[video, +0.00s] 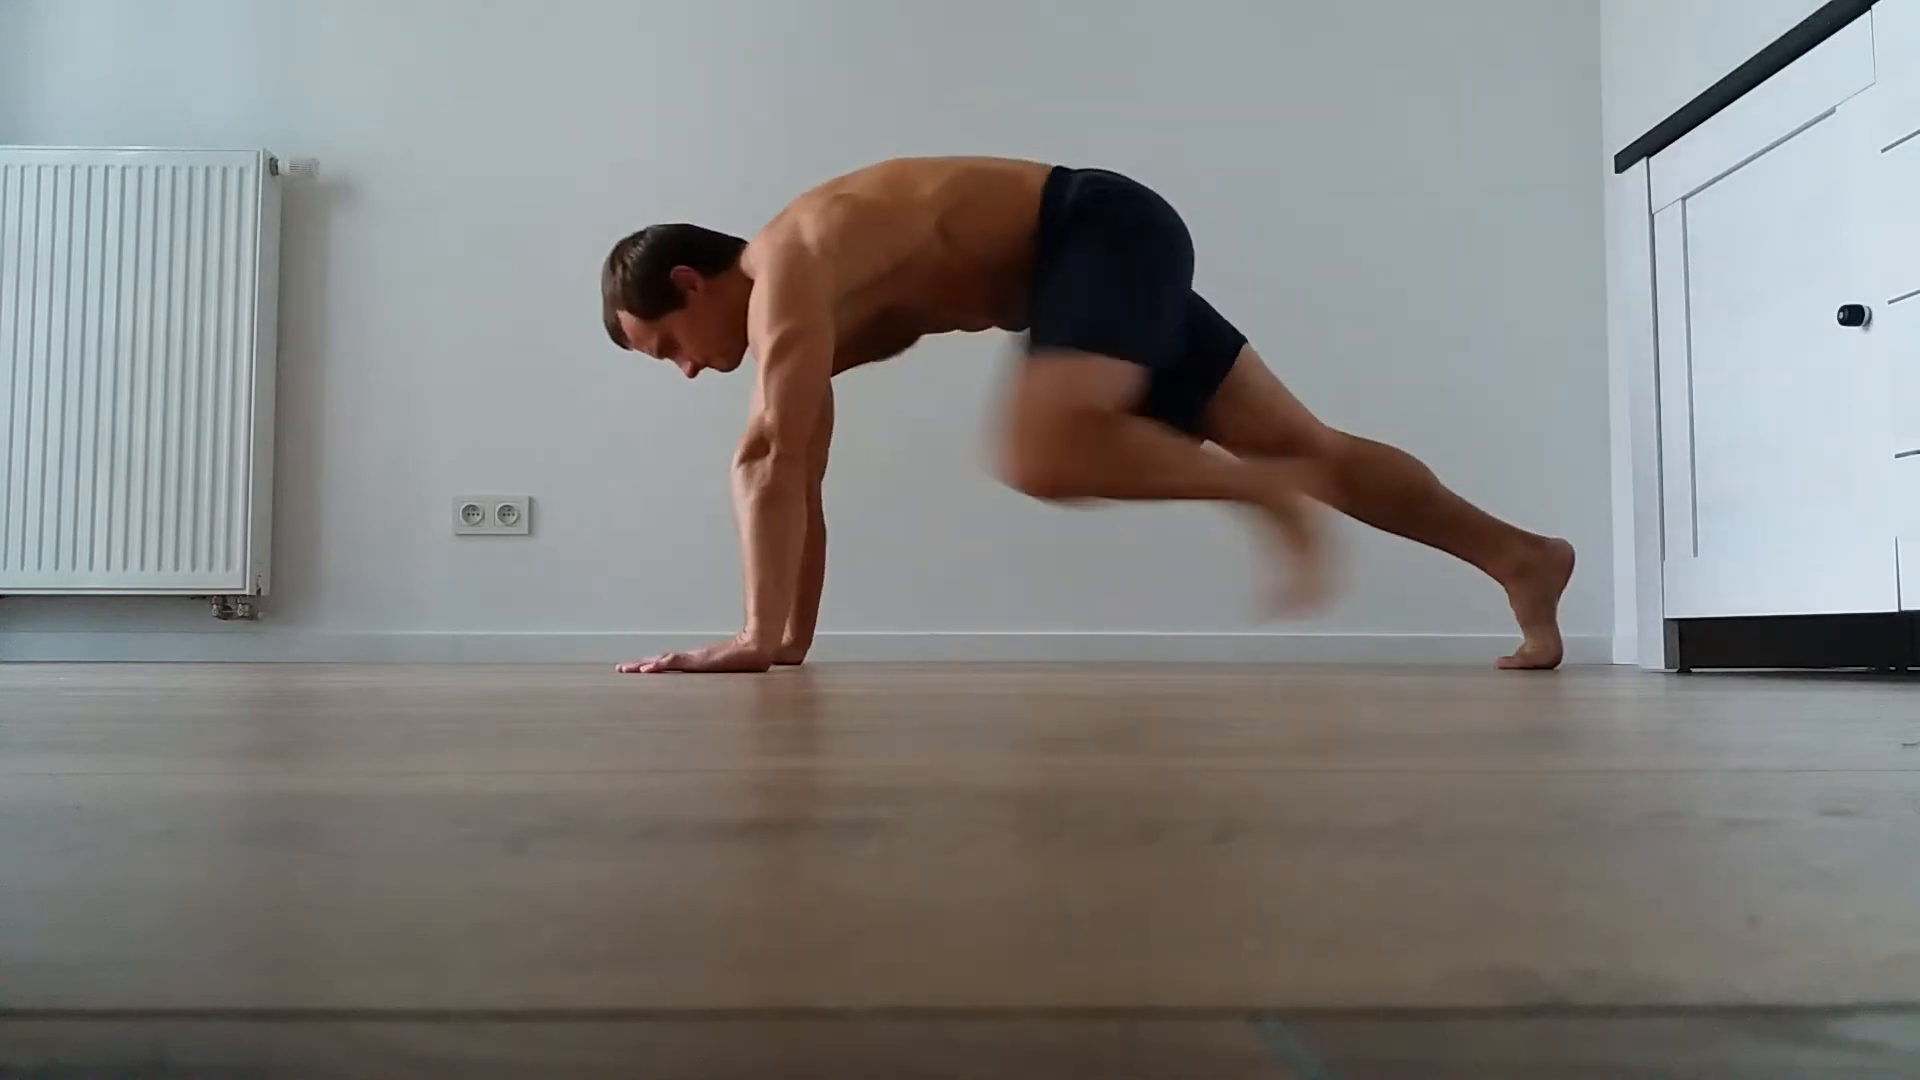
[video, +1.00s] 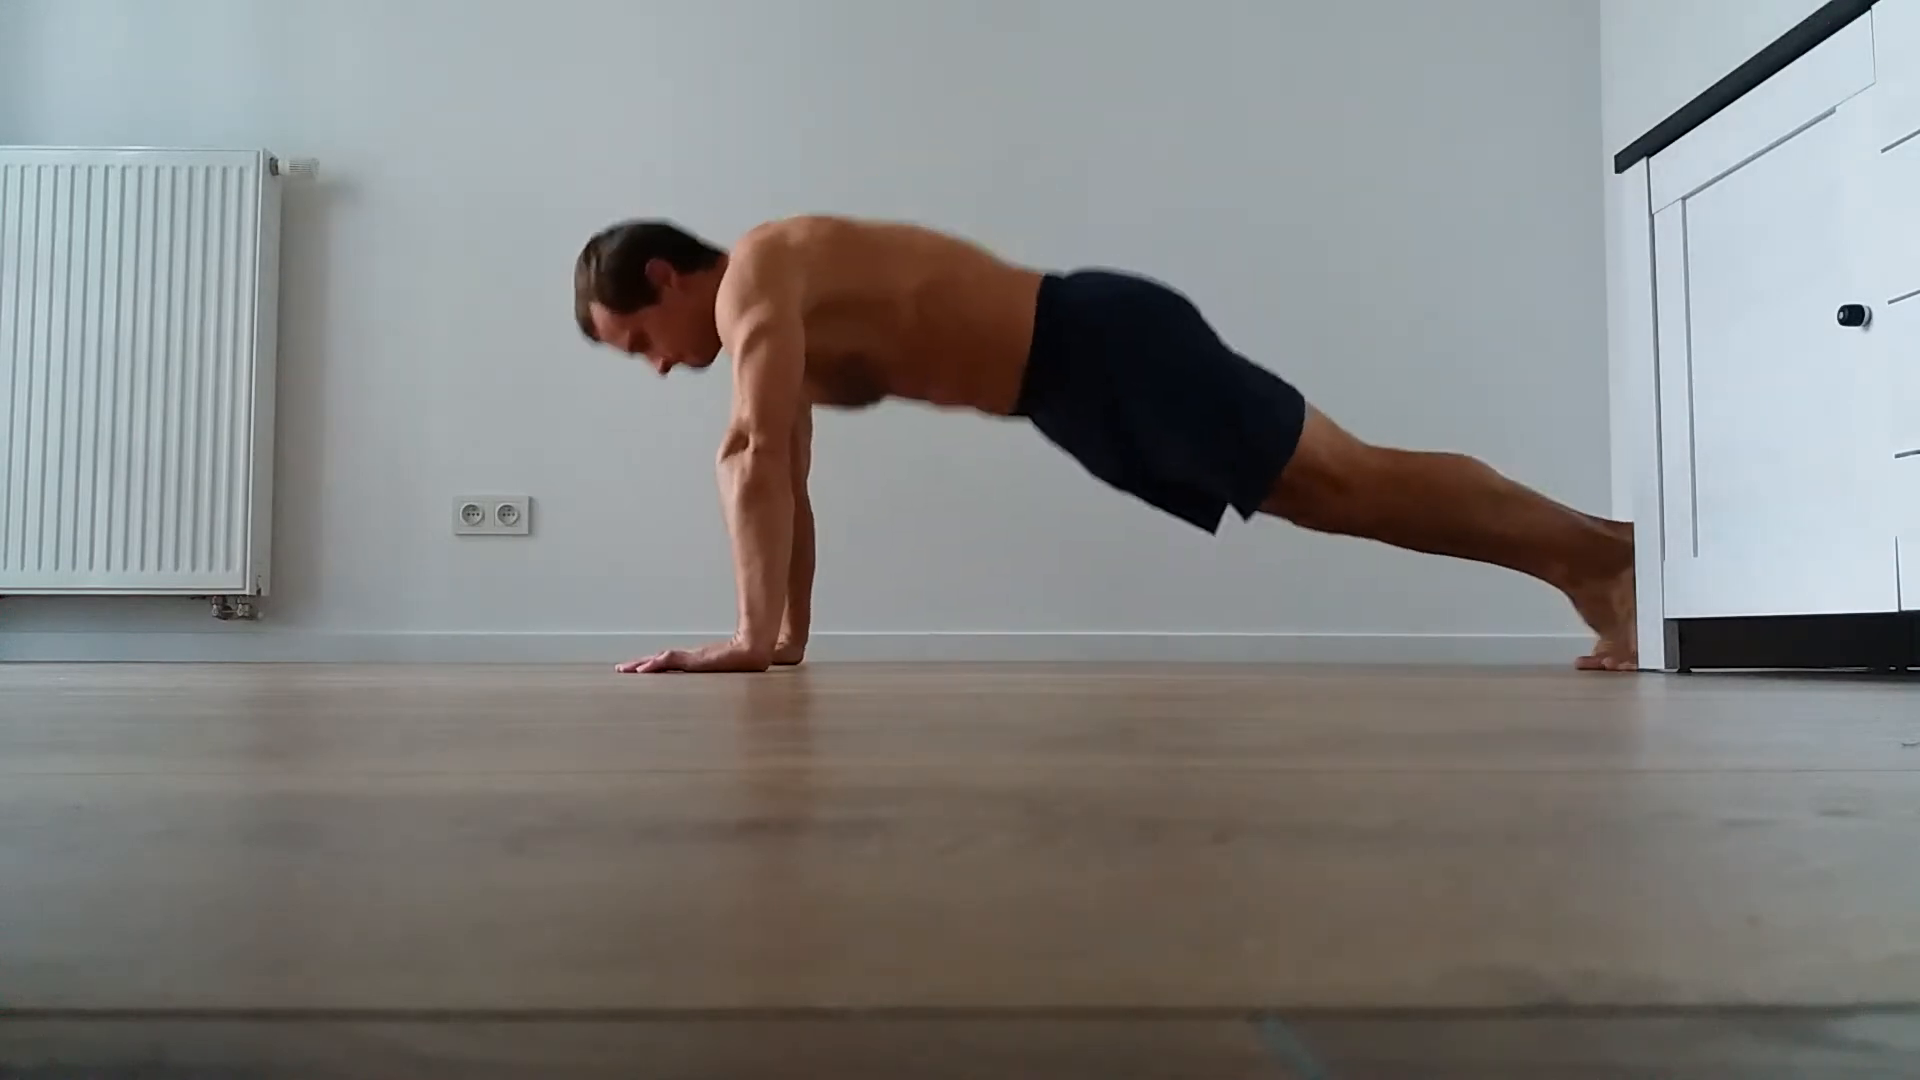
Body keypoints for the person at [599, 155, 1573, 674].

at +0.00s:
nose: (679, 364)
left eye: (663, 345)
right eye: (662, 353)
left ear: (689, 288)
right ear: (698, 288)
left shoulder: (789, 267)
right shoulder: (796, 293)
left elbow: (768, 461)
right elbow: (797, 476)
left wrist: (762, 631)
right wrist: (794, 637)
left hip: (1101, 237)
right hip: (1102, 260)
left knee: (1045, 454)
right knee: (1301, 454)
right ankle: (1522, 557)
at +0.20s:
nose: (660, 361)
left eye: (644, 341)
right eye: (643, 349)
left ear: (669, 284)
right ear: (674, 282)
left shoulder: (775, 273)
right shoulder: (774, 287)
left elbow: (767, 465)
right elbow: (779, 472)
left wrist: (763, 632)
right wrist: (788, 629)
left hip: (1087, 282)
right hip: (1067, 316)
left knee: (1298, 476)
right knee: (1285, 477)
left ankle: (1565, 503)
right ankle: (1520, 561)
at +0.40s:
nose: (658, 359)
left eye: (642, 337)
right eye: (642, 348)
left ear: (665, 280)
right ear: (670, 285)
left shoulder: (778, 269)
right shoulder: (775, 290)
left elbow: (764, 462)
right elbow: (784, 476)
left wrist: (761, 634)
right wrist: (788, 632)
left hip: (1095, 323)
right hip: (1075, 346)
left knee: (1312, 490)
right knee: (1293, 499)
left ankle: (1583, 543)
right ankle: (1529, 567)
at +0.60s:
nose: (646, 358)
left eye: (630, 336)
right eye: (630, 346)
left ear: (654, 282)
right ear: (661, 281)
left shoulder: (770, 274)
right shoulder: (768, 286)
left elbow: (756, 466)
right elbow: (783, 478)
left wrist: (757, 639)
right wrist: (790, 639)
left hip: (1091, 330)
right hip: (1074, 350)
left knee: (1324, 479)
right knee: (1309, 481)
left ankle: (1588, 543)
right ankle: (1554, 552)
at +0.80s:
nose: (648, 359)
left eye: (632, 337)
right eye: (632, 347)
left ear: (655, 284)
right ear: (664, 282)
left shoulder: (769, 270)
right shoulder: (770, 288)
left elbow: (754, 464)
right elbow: (784, 478)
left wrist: (756, 638)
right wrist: (787, 640)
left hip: (1096, 337)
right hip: (1078, 361)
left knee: (1331, 481)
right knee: (1321, 485)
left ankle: (1585, 548)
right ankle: (1561, 567)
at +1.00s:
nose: (655, 360)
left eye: (639, 338)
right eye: (640, 349)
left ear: (659, 282)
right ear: (667, 292)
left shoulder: (761, 269)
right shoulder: (767, 298)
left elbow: (754, 463)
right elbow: (779, 481)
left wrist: (757, 637)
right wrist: (782, 637)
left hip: (1101, 352)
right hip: (1084, 374)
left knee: (1343, 486)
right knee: (1336, 486)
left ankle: (1592, 554)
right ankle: (1581, 558)